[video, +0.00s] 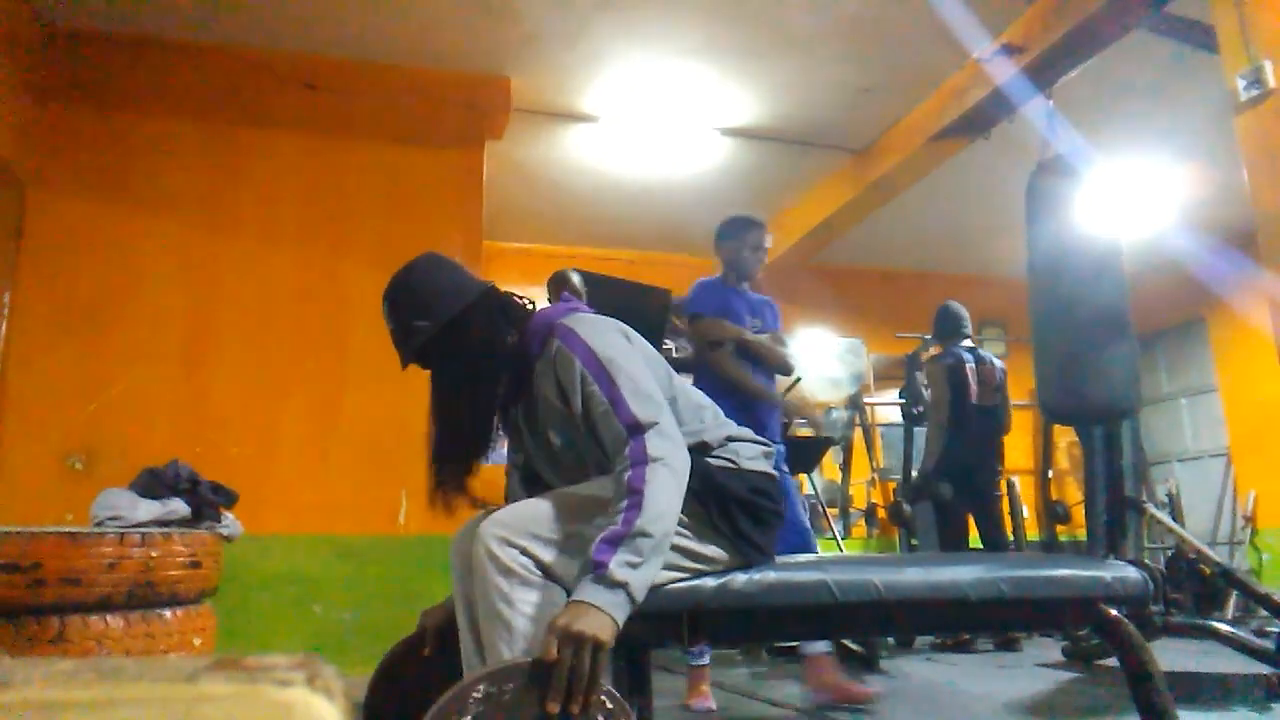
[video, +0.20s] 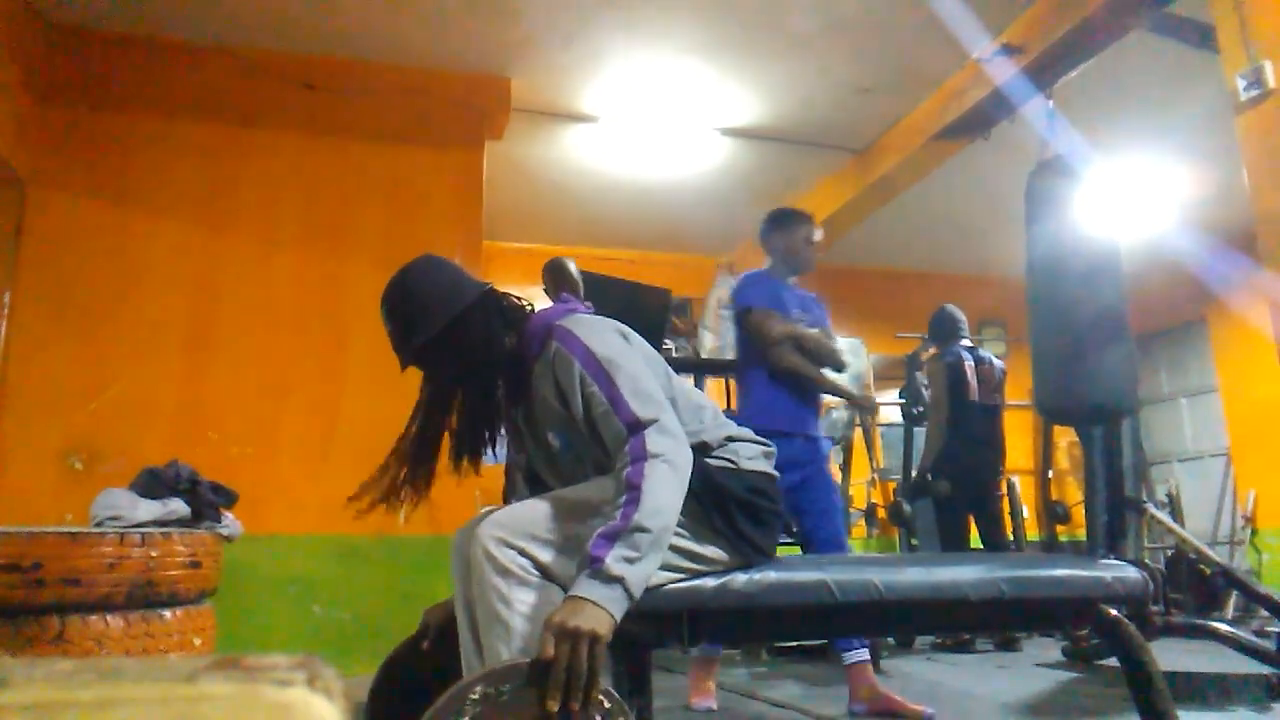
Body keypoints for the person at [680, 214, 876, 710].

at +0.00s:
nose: (764, 256)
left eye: (766, 249)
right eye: (756, 248)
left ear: (764, 253)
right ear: (726, 249)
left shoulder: (766, 306)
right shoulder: (705, 294)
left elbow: (784, 363)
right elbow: (716, 361)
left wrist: (740, 334)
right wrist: (781, 397)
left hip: (767, 446)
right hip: (716, 446)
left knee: (798, 544)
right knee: (703, 556)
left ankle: (819, 666)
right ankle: (699, 677)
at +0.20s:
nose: (817, 244)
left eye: (816, 237)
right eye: (808, 235)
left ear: (798, 244)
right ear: (776, 239)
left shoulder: (811, 303)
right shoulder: (755, 286)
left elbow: (836, 358)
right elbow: (778, 353)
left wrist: (794, 330)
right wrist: (845, 390)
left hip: (807, 444)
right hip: (758, 442)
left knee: (834, 555)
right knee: (735, 559)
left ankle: (862, 680)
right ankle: (702, 676)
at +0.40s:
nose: (860, 230)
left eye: (861, 223)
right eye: (852, 221)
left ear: (845, 228)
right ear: (820, 221)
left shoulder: (851, 284)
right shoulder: (806, 272)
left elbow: (888, 351)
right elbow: (828, 352)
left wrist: (849, 323)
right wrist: (875, 423)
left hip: (848, 428)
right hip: (816, 426)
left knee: (855, 541)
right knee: (837, 538)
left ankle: (862, 677)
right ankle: (786, 653)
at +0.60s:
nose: (905, 216)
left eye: (905, 207)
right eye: (897, 206)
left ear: (874, 211)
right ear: (864, 210)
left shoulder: (891, 276)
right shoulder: (852, 262)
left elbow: (929, 347)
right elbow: (856, 342)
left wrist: (895, 317)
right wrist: (898, 426)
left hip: (891, 424)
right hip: (863, 422)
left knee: (873, 548)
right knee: (912, 539)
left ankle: (863, 681)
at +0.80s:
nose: (948, 203)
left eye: (949, 195)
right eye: (939, 193)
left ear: (917, 196)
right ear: (905, 194)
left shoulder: (930, 260)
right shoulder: (901, 252)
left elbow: (988, 337)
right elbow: (920, 341)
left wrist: (950, 302)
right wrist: (958, 421)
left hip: (944, 413)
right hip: (920, 415)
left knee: (937, 544)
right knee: (970, 544)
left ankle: (881, 663)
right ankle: (1007, 694)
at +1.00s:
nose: (999, 187)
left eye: (1001, 176)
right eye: (990, 174)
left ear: (963, 173)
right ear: (952, 170)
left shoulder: (970, 234)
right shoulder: (952, 227)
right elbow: (978, 321)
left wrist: (1025, 301)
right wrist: (1053, 394)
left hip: (1003, 406)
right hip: (967, 407)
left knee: (1064, 531)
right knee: (993, 539)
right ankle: (1006, 684)